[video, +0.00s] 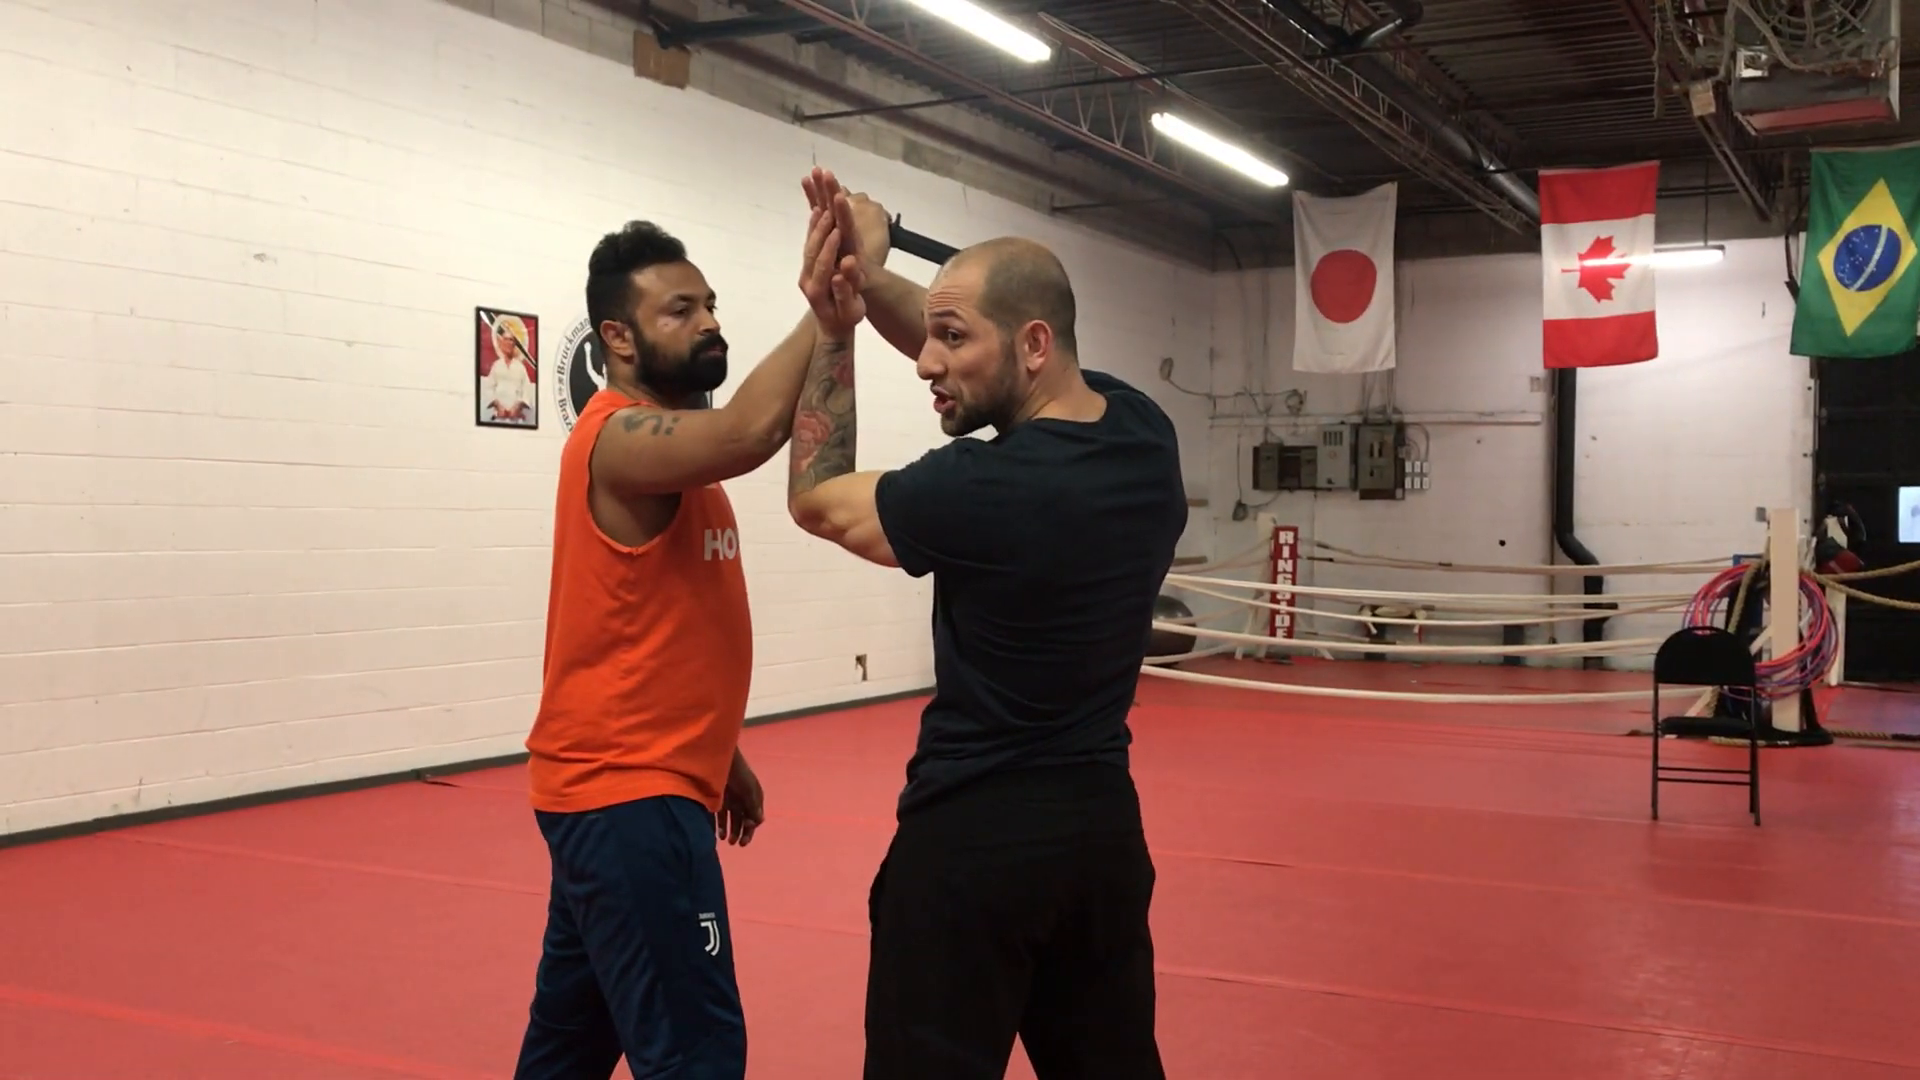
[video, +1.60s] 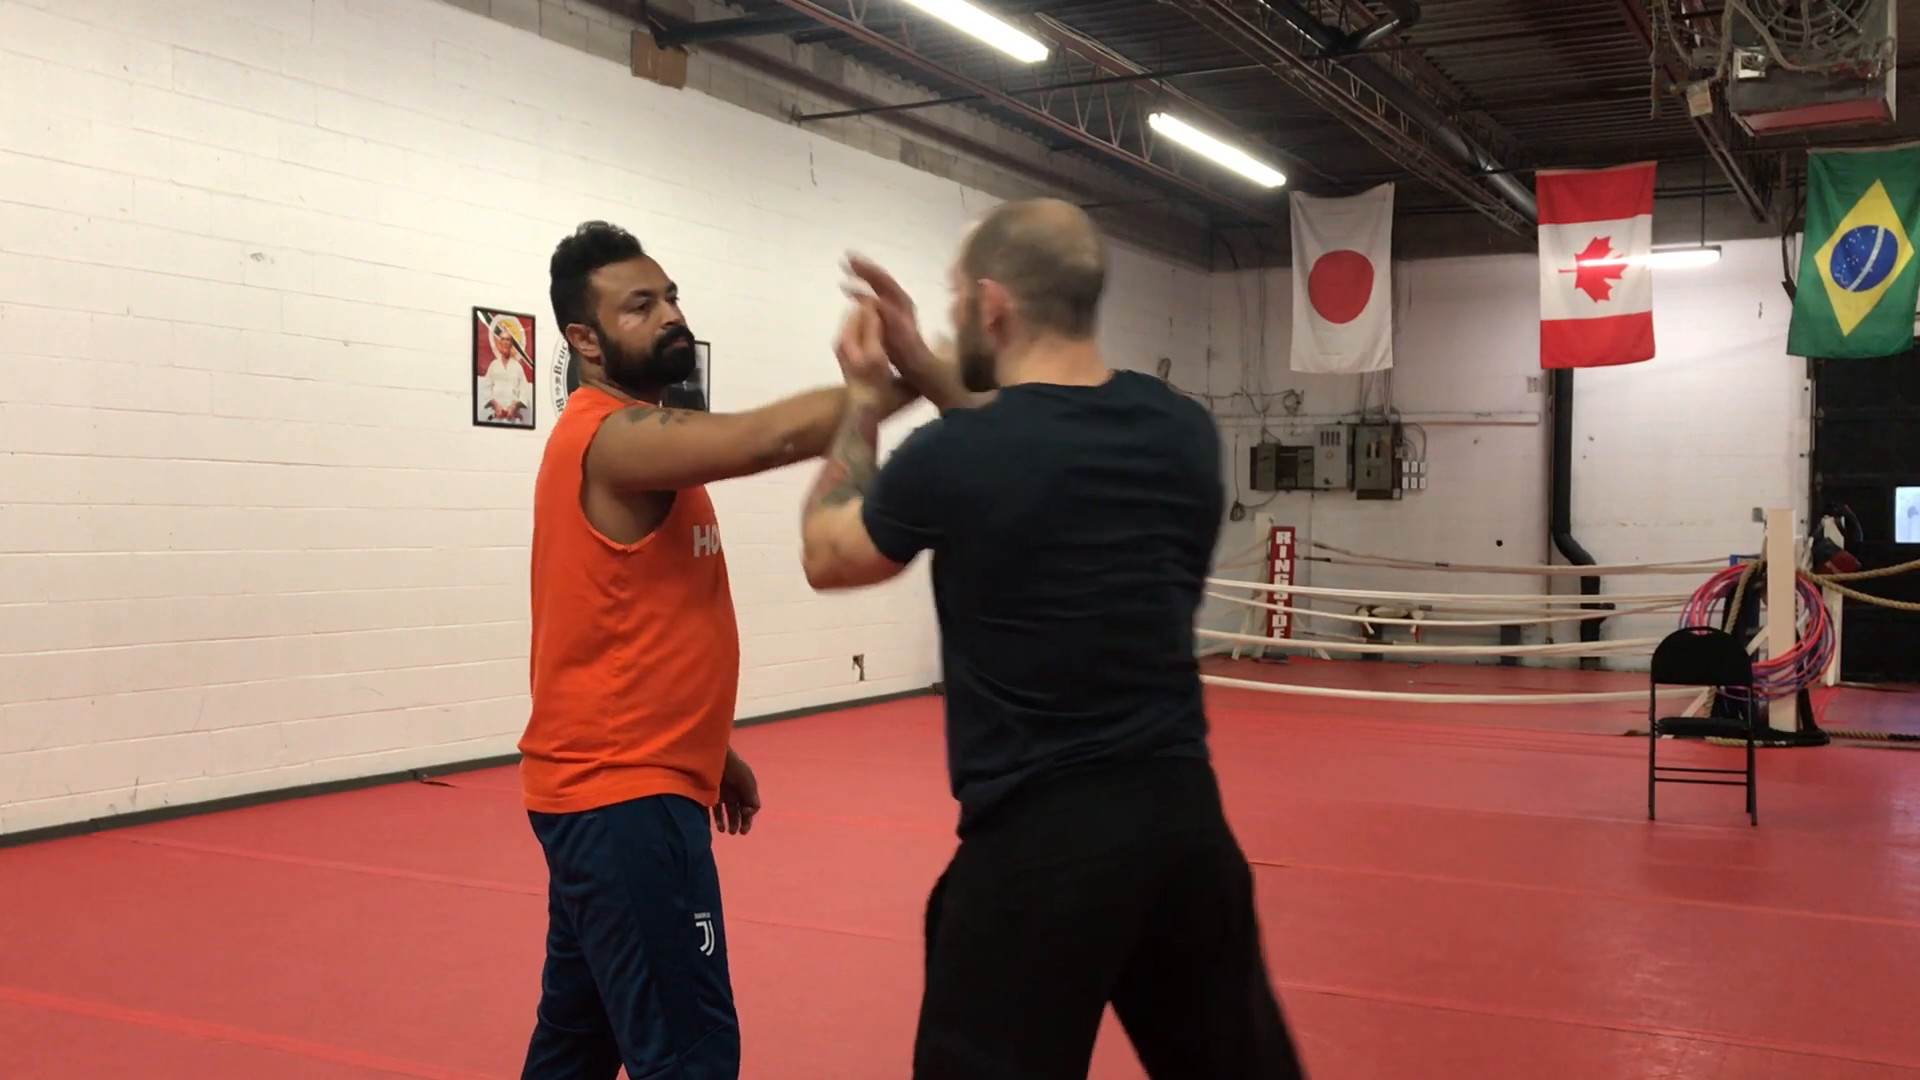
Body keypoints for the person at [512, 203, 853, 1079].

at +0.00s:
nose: (710, 327)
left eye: (709, 306)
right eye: (681, 311)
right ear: (616, 338)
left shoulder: (661, 430)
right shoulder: (620, 433)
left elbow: (650, 622)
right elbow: (744, 434)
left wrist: (718, 749)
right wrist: (823, 319)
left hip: (647, 782)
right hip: (621, 787)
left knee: (569, 1047)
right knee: (698, 1054)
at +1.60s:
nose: (671, 316)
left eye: (671, 298)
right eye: (641, 306)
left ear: (679, 303)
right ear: (584, 340)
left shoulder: (626, 429)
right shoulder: (611, 433)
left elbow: (628, 623)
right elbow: (764, 437)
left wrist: (708, 750)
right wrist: (895, 385)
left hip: (615, 786)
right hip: (623, 791)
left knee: (576, 1046)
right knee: (691, 1053)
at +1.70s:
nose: (679, 315)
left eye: (673, 298)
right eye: (648, 303)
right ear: (588, 338)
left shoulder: (598, 432)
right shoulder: (621, 439)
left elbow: (624, 623)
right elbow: (786, 463)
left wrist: (695, 752)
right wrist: (935, 434)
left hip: (605, 787)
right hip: (626, 791)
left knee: (576, 1041)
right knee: (689, 1052)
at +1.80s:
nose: (685, 315)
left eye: (678, 297)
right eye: (655, 303)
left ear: (600, 345)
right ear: (594, 337)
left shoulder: (582, 433)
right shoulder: (629, 444)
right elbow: (788, 484)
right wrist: (935, 457)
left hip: (589, 785)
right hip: (636, 791)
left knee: (572, 1040)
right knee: (690, 1052)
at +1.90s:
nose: (689, 315)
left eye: (681, 296)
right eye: (659, 305)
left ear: (596, 346)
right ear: (595, 338)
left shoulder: (578, 435)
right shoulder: (627, 445)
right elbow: (770, 517)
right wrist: (885, 481)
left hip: (586, 784)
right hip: (641, 792)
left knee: (571, 1039)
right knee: (693, 1052)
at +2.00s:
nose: (690, 318)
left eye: (682, 299)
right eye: (661, 306)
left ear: (598, 345)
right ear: (598, 339)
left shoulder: (576, 437)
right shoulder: (621, 442)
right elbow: (724, 571)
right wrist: (843, 532)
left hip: (587, 787)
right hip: (639, 793)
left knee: (573, 1040)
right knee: (697, 1050)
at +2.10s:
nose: (685, 313)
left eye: (676, 296)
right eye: (655, 302)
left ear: (597, 347)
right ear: (594, 340)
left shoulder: (577, 438)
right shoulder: (616, 447)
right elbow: (670, 621)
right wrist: (804, 592)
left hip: (584, 787)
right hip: (635, 792)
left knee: (569, 1043)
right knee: (694, 1050)